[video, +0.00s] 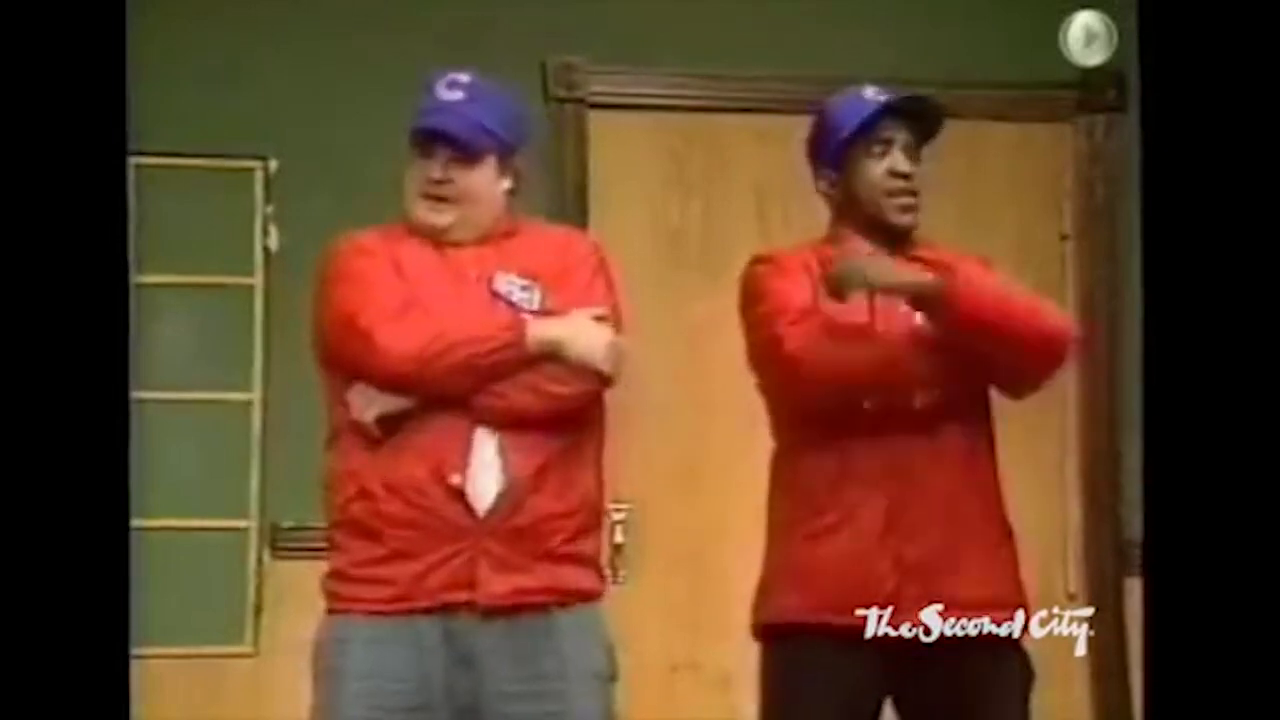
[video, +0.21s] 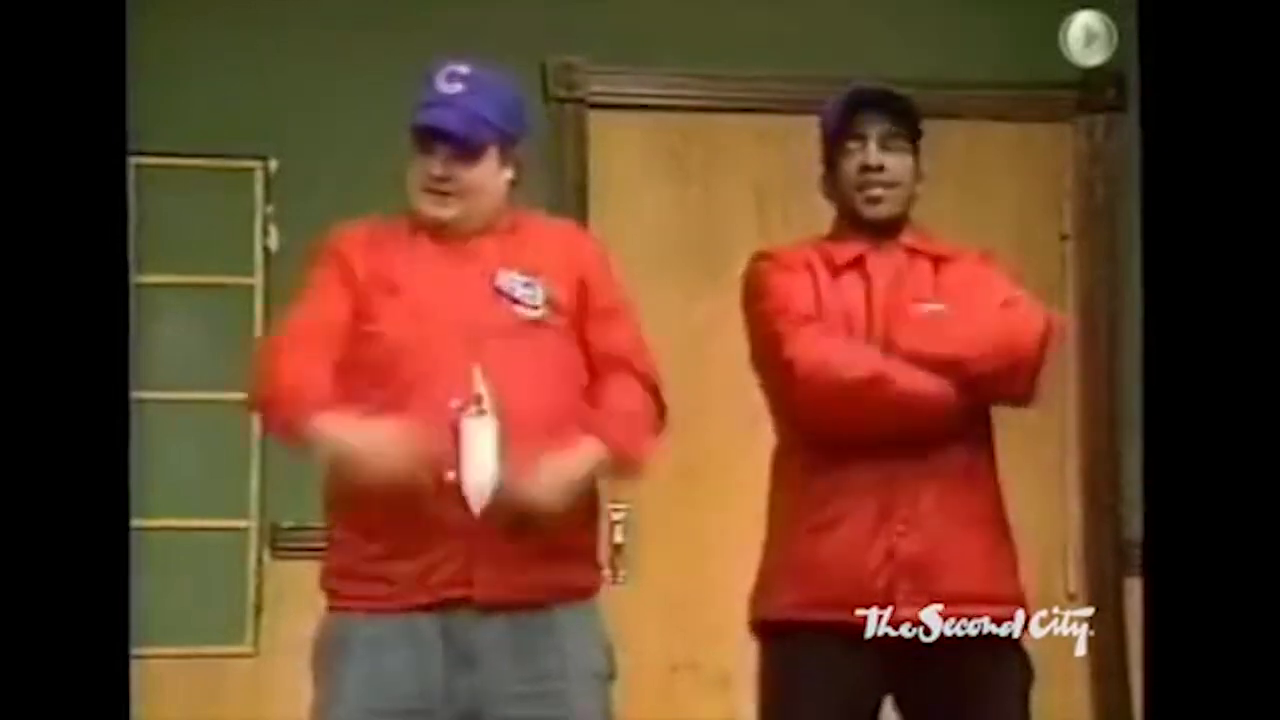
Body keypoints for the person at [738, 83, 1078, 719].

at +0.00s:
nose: (905, 168)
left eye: (912, 153)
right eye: (880, 150)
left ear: (922, 170)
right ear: (831, 177)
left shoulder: (956, 274)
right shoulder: (782, 275)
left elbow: (1047, 344)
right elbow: (803, 367)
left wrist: (918, 282)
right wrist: (961, 356)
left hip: (967, 610)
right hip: (825, 613)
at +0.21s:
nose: (873, 160)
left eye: (892, 145)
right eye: (854, 146)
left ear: (918, 170)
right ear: (829, 174)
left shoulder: (967, 272)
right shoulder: (785, 271)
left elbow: (1025, 352)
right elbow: (811, 384)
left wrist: (874, 342)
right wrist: (959, 393)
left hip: (965, 601)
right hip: (821, 604)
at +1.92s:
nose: (797, 177)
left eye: (820, 160)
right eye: (784, 162)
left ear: (861, 182)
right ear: (772, 181)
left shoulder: (927, 297)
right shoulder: (731, 310)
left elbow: (966, 426)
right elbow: (737, 452)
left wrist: (824, 412)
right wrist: (902, 459)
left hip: (919, 630)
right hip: (772, 636)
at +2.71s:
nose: (900, 189)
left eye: (908, 171)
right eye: (873, 172)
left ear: (921, 187)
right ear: (826, 196)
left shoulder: (978, 306)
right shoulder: (785, 324)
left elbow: (1035, 435)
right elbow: (799, 471)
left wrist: (889, 430)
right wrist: (972, 467)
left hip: (985, 639)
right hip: (840, 649)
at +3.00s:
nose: (975, 191)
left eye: (982, 173)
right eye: (949, 172)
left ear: (994, 187)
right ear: (893, 198)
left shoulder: (1041, 316)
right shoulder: (839, 316)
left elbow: (1086, 452)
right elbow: (845, 467)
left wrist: (937, 432)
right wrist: (1014, 485)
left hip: (1025, 646)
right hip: (876, 645)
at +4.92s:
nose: (872, 188)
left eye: (896, 172)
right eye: (859, 171)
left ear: (932, 196)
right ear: (840, 191)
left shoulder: (993, 317)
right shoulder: (787, 318)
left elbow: (1023, 462)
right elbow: (785, 459)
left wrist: (965, 364)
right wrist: (948, 463)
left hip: (972, 647)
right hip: (823, 648)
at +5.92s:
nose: (848, 196)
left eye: (870, 179)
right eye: (843, 181)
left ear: (929, 199)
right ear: (834, 191)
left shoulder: (1003, 308)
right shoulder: (802, 314)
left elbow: (1003, 437)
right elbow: (783, 460)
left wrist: (872, 348)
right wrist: (953, 455)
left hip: (973, 647)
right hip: (822, 647)